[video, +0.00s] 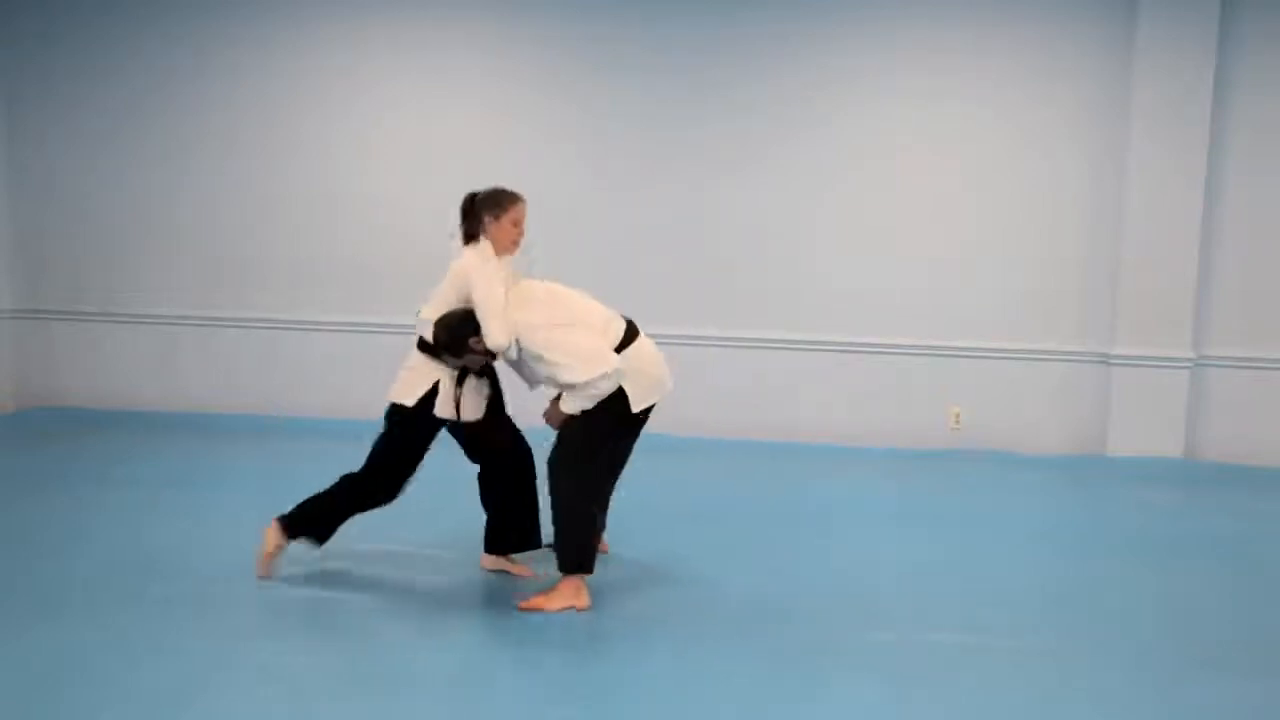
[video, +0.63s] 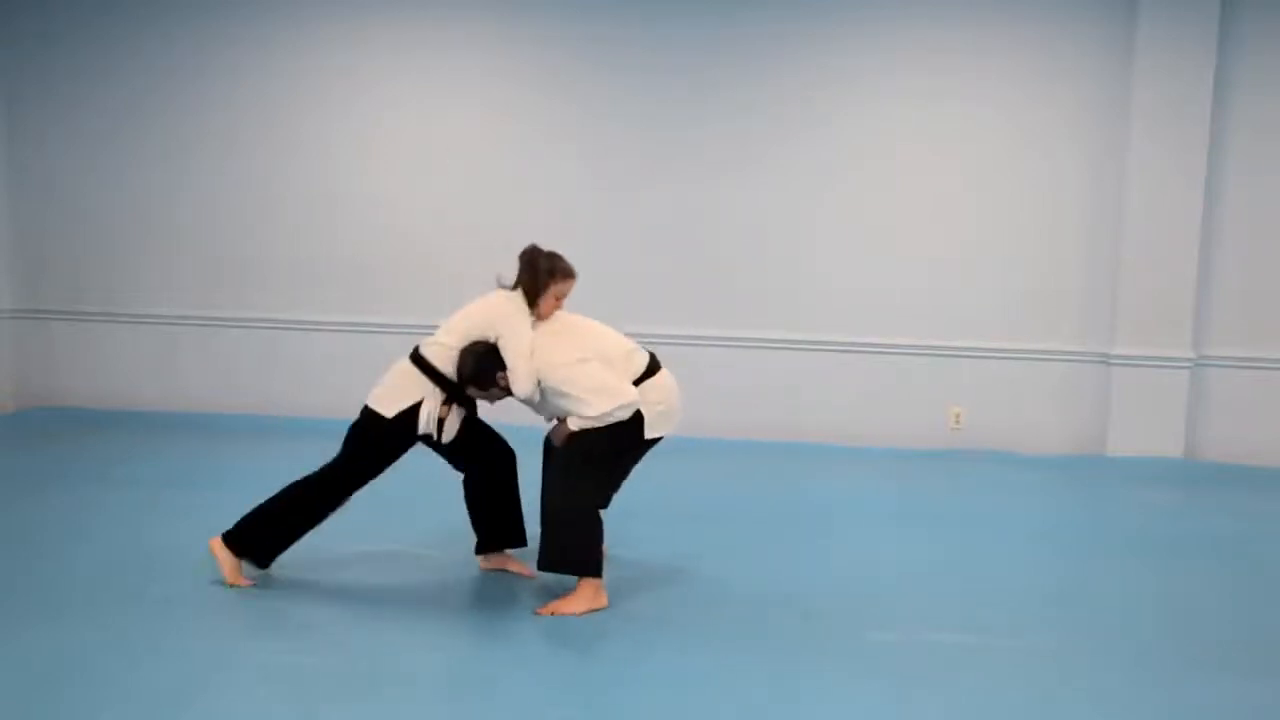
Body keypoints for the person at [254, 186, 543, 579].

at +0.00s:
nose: (522, 233)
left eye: (523, 225)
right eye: (515, 225)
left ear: (493, 226)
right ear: (489, 225)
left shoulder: (499, 265)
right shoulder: (477, 263)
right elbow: (499, 338)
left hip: (469, 386)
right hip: (430, 383)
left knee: (510, 457)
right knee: (382, 482)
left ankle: (498, 551)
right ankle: (285, 529)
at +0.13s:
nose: (522, 214)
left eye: (524, 204)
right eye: (516, 204)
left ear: (498, 203)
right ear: (488, 200)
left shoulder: (501, 242)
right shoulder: (473, 236)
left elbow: (516, 316)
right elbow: (511, 311)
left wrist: (549, 364)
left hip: (469, 357)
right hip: (440, 358)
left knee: (491, 445)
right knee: (485, 442)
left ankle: (497, 549)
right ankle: (424, 493)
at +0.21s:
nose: (534, 218)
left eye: (535, 209)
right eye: (528, 209)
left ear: (505, 205)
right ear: (502, 204)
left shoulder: (495, 239)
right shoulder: (489, 239)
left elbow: (512, 308)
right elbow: (513, 310)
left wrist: (545, 358)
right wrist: (550, 355)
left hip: (450, 347)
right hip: (440, 348)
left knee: (477, 442)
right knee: (526, 384)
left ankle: (491, 549)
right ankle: (495, 465)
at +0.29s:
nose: (548, 234)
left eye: (551, 225)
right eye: (545, 224)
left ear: (522, 216)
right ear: (520, 216)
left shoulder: (505, 245)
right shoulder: (502, 249)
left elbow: (516, 317)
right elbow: (516, 323)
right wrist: (546, 358)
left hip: (447, 351)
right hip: (438, 354)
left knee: (482, 447)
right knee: (531, 380)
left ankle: (492, 552)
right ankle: (481, 456)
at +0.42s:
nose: (566, 263)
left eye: (569, 254)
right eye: (564, 253)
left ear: (542, 242)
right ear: (542, 242)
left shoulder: (513, 264)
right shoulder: (516, 270)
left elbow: (519, 336)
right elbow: (521, 343)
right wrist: (552, 382)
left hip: (427, 368)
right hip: (427, 371)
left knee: (478, 450)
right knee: (479, 450)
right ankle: (493, 553)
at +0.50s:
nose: (571, 282)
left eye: (574, 273)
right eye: (567, 274)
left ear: (546, 264)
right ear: (546, 267)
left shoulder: (527, 287)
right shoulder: (514, 286)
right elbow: (524, 363)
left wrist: (560, 402)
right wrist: (551, 398)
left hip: (460, 388)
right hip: (415, 384)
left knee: (487, 461)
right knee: (405, 491)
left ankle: (495, 553)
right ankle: (320, 487)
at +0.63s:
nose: (562, 306)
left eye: (565, 298)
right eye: (559, 297)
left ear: (537, 287)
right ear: (538, 288)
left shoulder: (514, 308)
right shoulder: (511, 311)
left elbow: (516, 380)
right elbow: (522, 387)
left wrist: (560, 407)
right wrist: (556, 410)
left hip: (439, 405)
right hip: (407, 399)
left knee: (494, 457)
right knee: (340, 479)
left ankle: (494, 550)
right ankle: (233, 544)